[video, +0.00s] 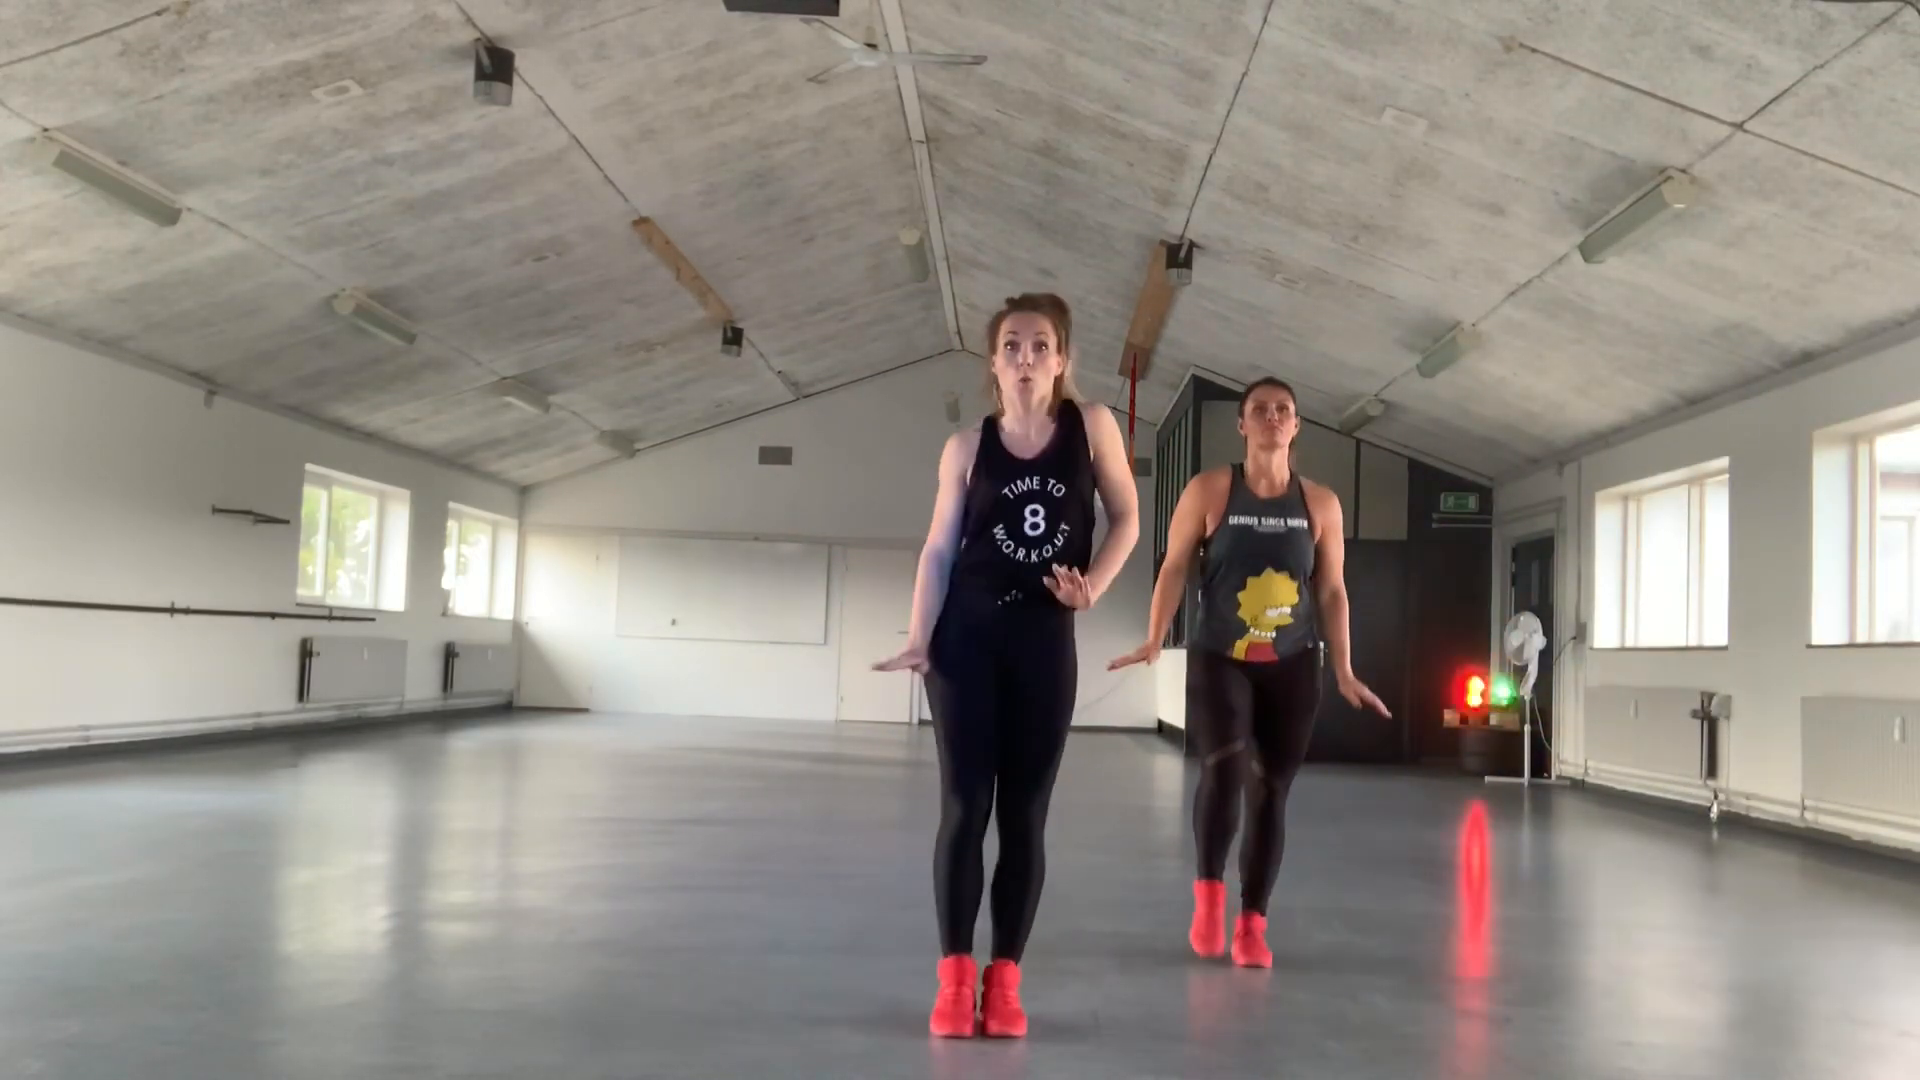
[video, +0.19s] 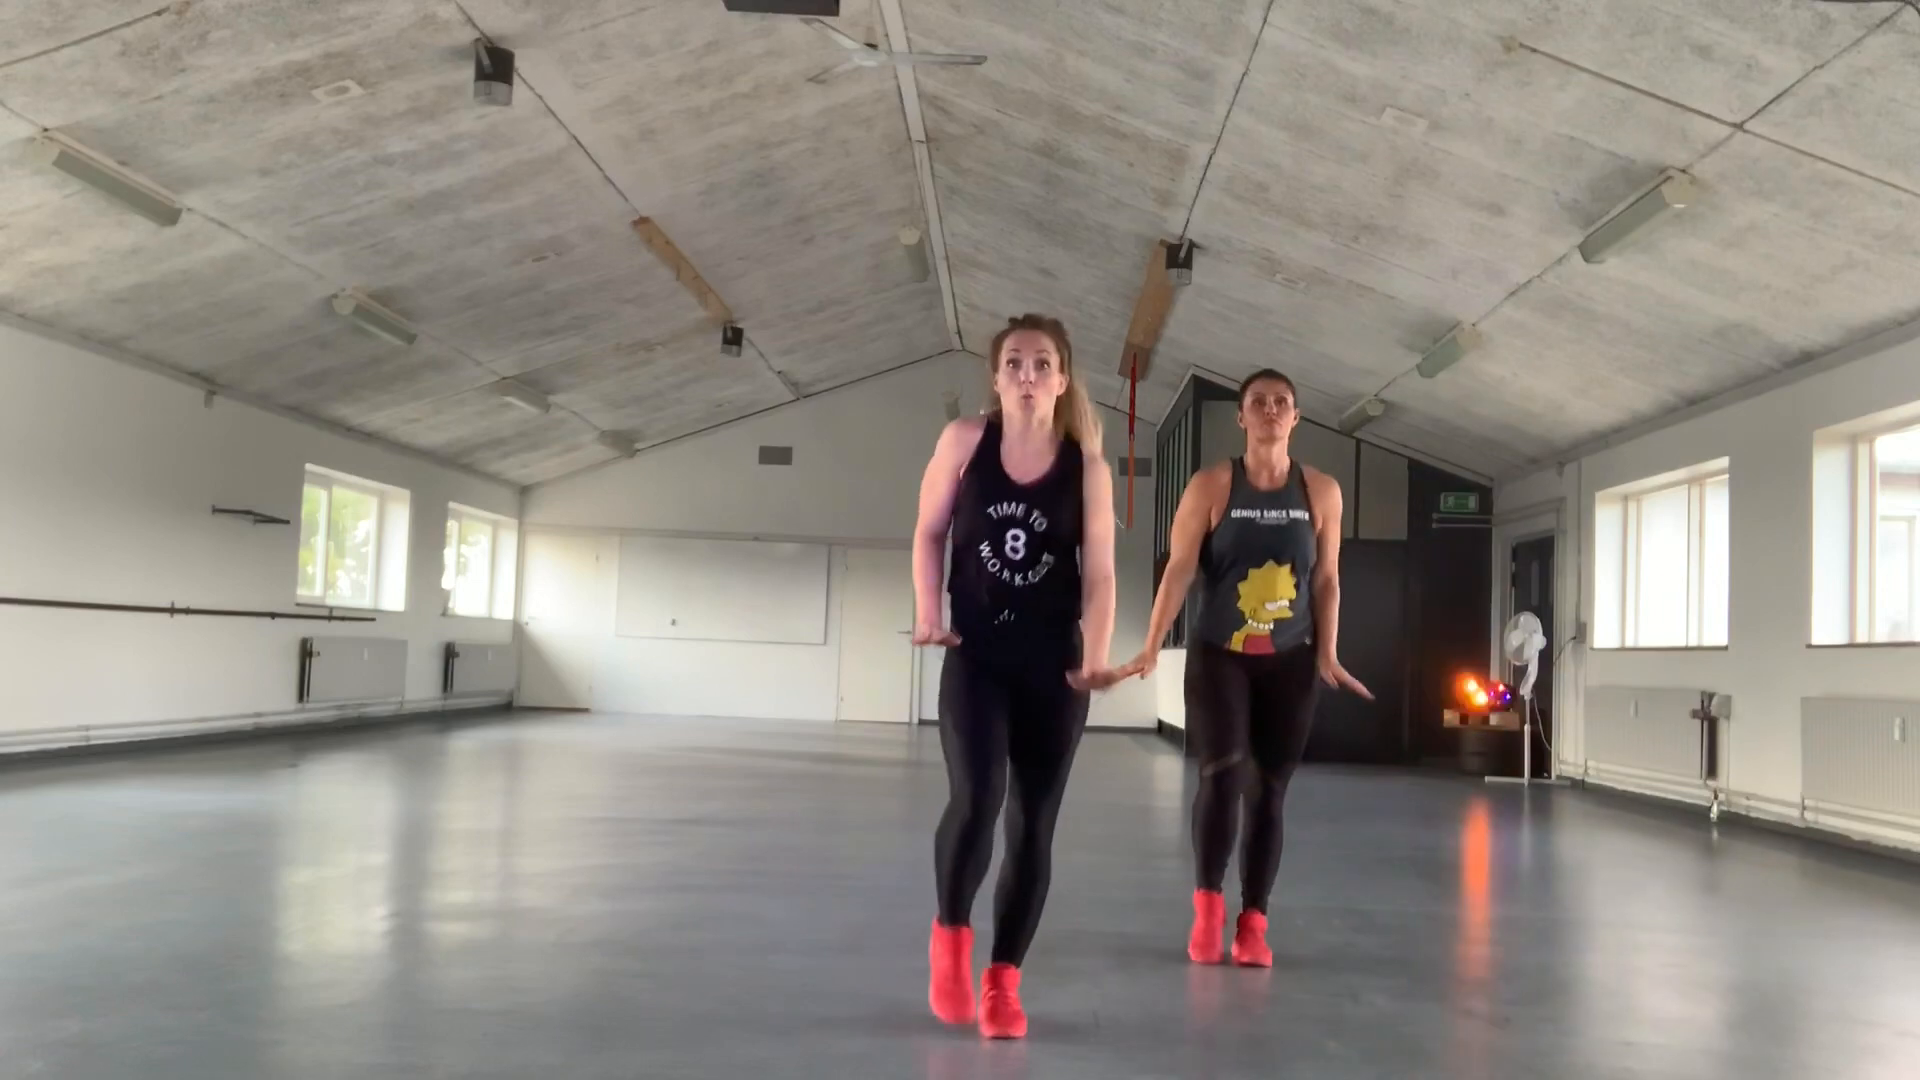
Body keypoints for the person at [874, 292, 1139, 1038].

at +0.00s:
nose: (1024, 357)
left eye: (1039, 345)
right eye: (1012, 345)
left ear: (1063, 357)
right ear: (992, 358)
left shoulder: (1091, 426)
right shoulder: (966, 447)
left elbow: (1125, 515)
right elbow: (938, 548)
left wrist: (1093, 584)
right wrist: (918, 636)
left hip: (1042, 641)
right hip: (965, 640)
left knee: (1023, 816)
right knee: (967, 810)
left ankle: (1005, 974)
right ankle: (955, 971)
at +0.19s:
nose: (1027, 375)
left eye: (1042, 364)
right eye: (1015, 363)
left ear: (1063, 378)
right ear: (996, 376)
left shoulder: (1088, 467)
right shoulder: (963, 441)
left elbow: (1100, 571)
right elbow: (929, 533)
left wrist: (1095, 657)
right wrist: (929, 615)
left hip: (1053, 663)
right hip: (974, 656)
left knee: (1034, 825)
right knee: (978, 797)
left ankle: (1005, 975)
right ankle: (951, 934)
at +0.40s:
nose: (1026, 357)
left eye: (1041, 346)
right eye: (1014, 345)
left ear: (1064, 359)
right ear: (995, 358)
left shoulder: (1095, 446)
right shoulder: (966, 435)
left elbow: (1108, 544)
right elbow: (939, 534)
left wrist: (1095, 607)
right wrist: (926, 615)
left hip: (1048, 645)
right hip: (969, 640)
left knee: (1027, 814)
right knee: (977, 798)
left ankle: (1007, 972)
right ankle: (959, 947)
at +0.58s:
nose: (1028, 363)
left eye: (1042, 353)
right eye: (1015, 351)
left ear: (1064, 368)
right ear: (996, 366)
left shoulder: (1094, 459)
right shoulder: (963, 445)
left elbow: (1107, 566)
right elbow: (933, 545)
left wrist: (1091, 639)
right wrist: (922, 631)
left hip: (1050, 656)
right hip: (970, 650)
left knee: (1029, 820)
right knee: (972, 806)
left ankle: (1005, 974)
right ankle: (950, 961)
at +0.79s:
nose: (1023, 360)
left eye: (1037, 349)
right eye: (1010, 348)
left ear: (1057, 364)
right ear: (990, 362)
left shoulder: (1087, 456)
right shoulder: (958, 436)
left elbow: (1103, 558)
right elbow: (924, 531)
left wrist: (1090, 628)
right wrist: (931, 597)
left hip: (1047, 653)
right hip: (967, 647)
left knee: (1033, 817)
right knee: (969, 797)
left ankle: (1009, 974)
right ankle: (959, 932)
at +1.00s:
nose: (1011, 358)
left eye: (1026, 347)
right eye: (999, 346)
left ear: (1050, 360)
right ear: (980, 358)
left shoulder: (1076, 440)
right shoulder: (943, 434)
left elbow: (1087, 541)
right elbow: (910, 535)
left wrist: (1072, 605)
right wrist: (908, 623)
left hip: (1036, 641)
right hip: (957, 639)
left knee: (1024, 815)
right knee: (958, 807)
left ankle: (1015, 970)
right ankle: (960, 961)